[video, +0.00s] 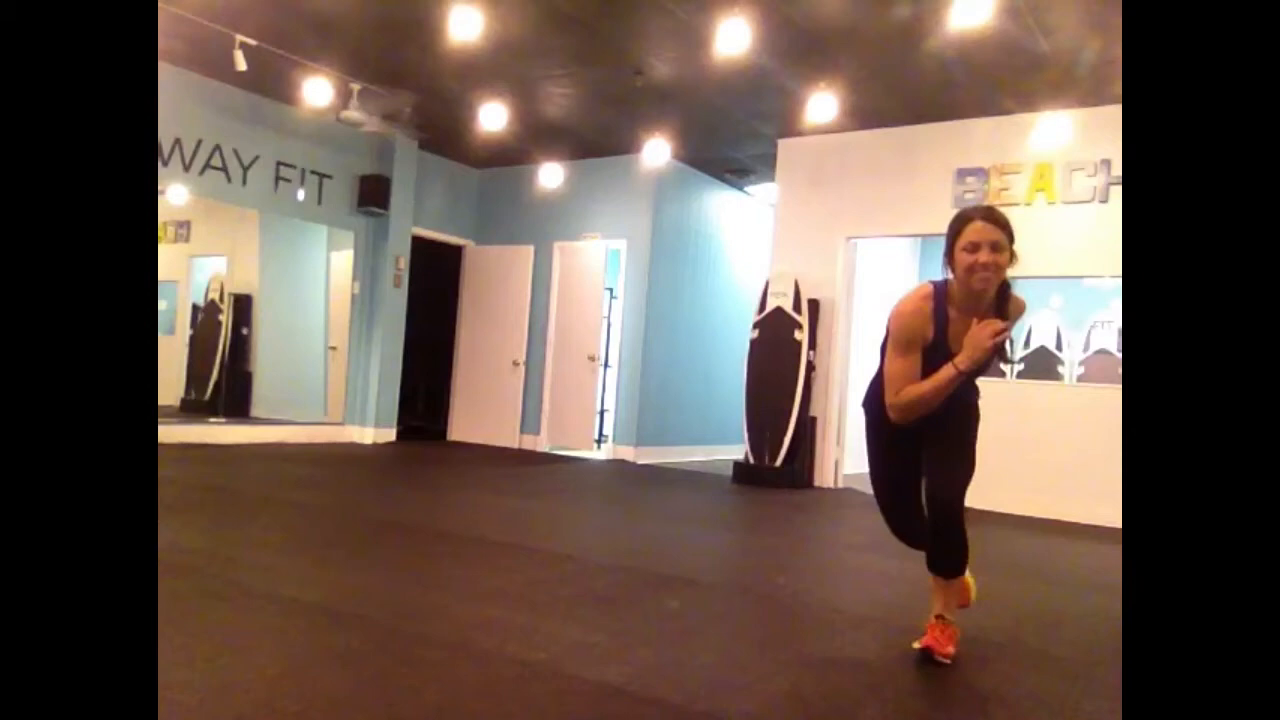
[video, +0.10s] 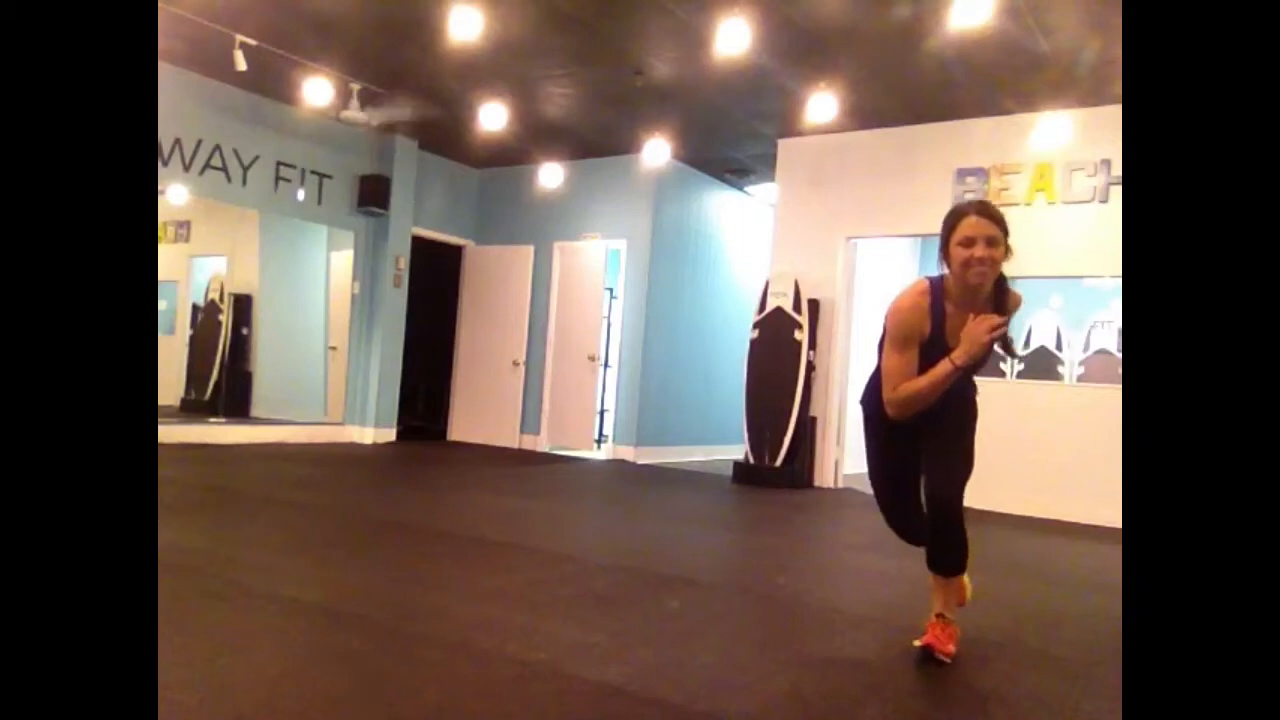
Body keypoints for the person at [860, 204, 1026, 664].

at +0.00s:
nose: (984, 258)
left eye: (996, 248)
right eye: (971, 248)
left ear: (1009, 260)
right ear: (951, 258)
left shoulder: (1010, 309)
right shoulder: (913, 313)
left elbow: (979, 354)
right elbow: (898, 408)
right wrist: (964, 362)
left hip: (954, 406)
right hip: (895, 411)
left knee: (945, 508)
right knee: (905, 524)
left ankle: (940, 620)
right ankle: (953, 562)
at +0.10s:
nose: (980, 253)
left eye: (991, 243)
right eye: (967, 243)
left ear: (1004, 254)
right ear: (946, 253)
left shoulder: (1006, 303)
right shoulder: (910, 308)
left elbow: (976, 342)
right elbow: (895, 404)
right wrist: (961, 356)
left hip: (952, 401)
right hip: (893, 407)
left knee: (944, 505)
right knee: (903, 520)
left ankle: (941, 618)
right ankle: (951, 558)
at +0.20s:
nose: (968, 246)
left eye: (980, 236)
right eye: (955, 236)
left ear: (993, 246)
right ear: (935, 246)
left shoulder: (996, 297)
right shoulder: (902, 302)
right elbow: (887, 398)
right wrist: (954, 351)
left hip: (945, 398)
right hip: (887, 405)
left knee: (937, 504)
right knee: (898, 515)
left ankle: (941, 617)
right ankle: (946, 543)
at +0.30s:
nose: (953, 240)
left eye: (964, 230)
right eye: (940, 230)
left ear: (979, 241)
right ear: (921, 242)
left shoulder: (982, 294)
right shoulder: (891, 296)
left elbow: (956, 348)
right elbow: (861, 386)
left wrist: (975, 398)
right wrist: (937, 372)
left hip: (936, 403)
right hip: (878, 407)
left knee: (931, 504)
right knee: (891, 516)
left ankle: (942, 617)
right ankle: (931, 552)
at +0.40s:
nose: (927, 232)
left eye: (938, 221)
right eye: (915, 223)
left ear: (955, 232)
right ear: (898, 235)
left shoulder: (964, 300)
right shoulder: (867, 293)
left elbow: (972, 370)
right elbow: (831, 370)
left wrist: (1018, 432)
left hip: (920, 400)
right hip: (862, 400)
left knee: (922, 504)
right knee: (861, 504)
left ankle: (941, 618)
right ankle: (901, 588)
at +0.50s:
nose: (890, 219)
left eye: (901, 209)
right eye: (878, 211)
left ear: (920, 219)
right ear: (865, 223)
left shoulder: (943, 283)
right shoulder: (839, 280)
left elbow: (977, 347)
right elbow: (787, 349)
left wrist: (993, 366)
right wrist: (760, 418)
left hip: (899, 403)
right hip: (839, 400)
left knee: (910, 507)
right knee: (799, 477)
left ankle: (936, 623)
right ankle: (814, 601)